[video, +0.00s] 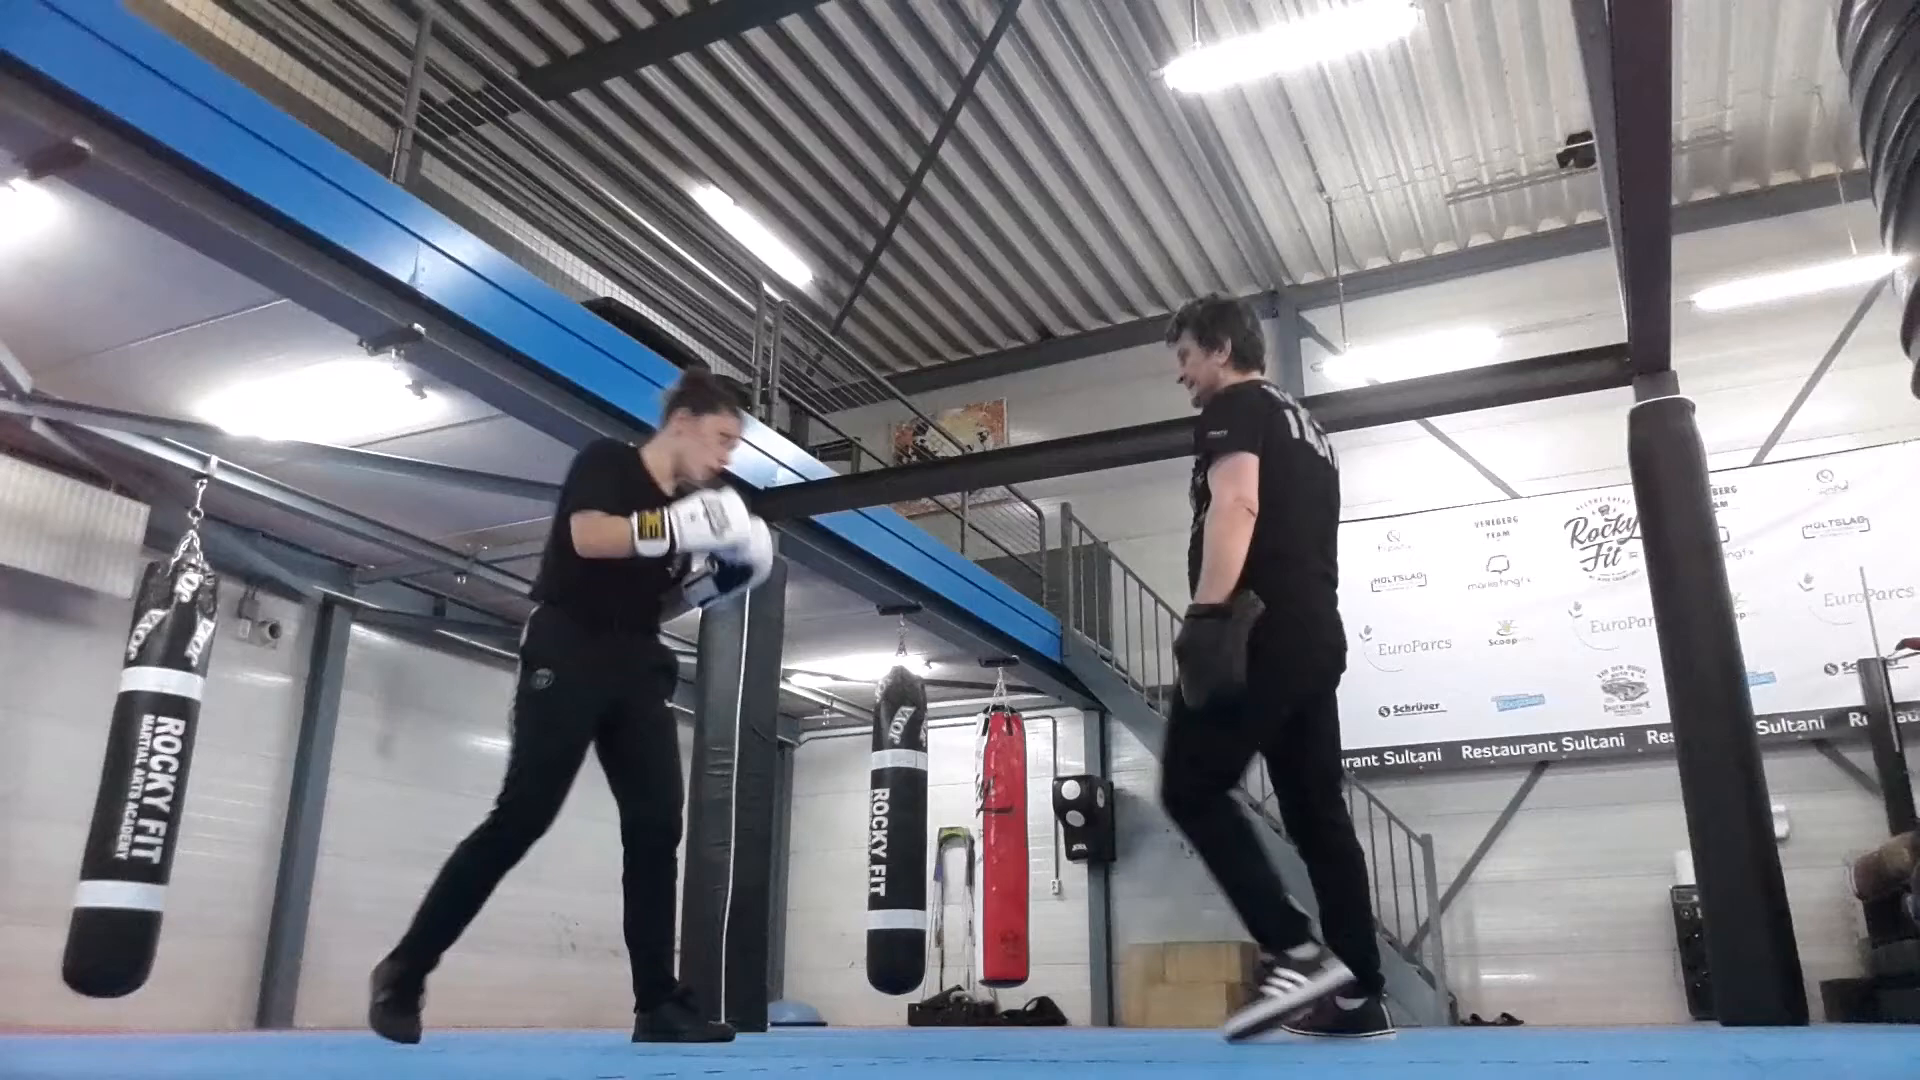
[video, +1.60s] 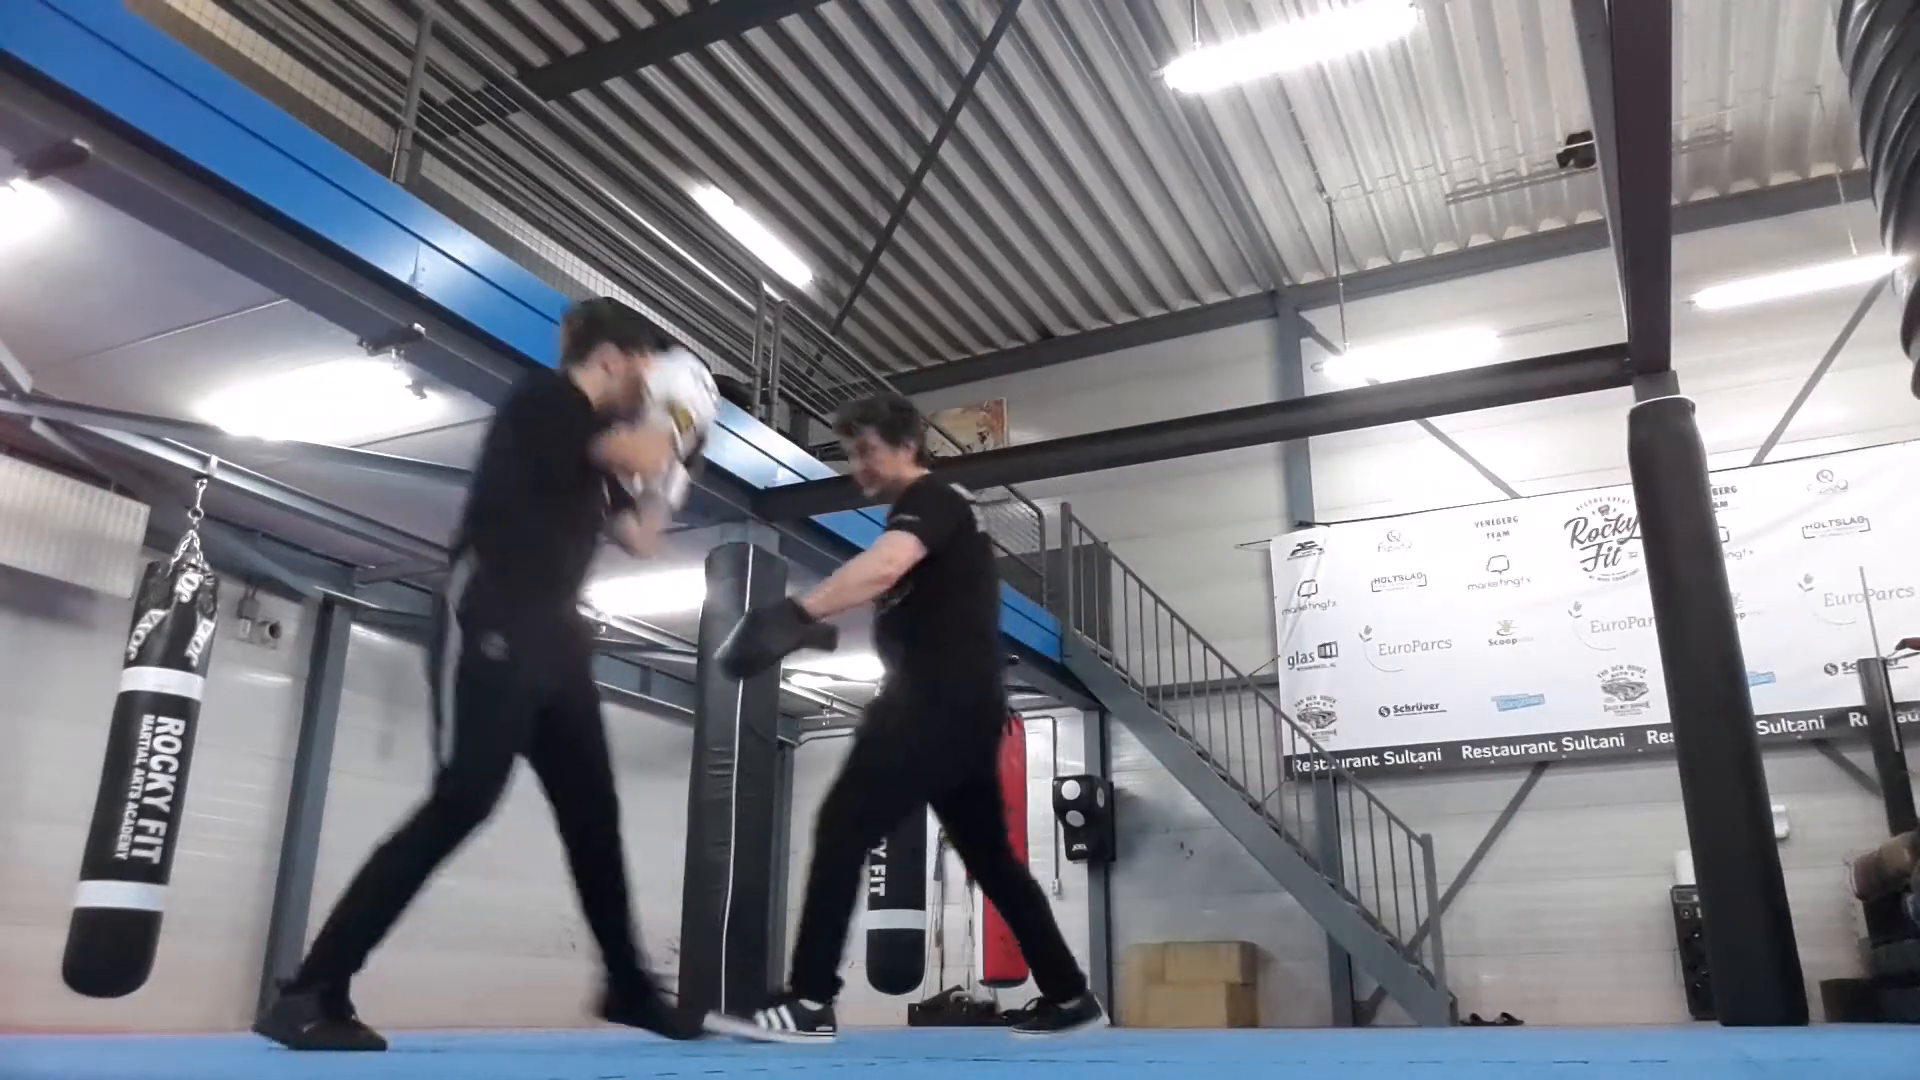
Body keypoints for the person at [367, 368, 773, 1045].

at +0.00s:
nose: (727, 458)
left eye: (733, 446)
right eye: (721, 440)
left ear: (712, 441)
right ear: (679, 423)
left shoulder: (686, 505)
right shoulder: (607, 462)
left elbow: (651, 605)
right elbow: (587, 534)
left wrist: (716, 580)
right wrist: (674, 525)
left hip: (637, 672)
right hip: (566, 659)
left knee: (655, 828)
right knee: (523, 817)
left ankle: (658, 1005)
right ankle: (404, 971)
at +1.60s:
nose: (643, 386)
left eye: (647, 375)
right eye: (640, 370)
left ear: (600, 362)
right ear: (606, 357)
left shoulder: (579, 431)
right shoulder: (547, 400)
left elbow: (635, 535)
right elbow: (630, 456)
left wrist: (661, 464)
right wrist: (674, 421)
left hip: (552, 626)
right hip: (500, 615)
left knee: (589, 810)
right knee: (465, 795)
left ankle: (629, 986)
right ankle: (314, 989)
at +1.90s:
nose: (568, 341)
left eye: (571, 326)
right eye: (565, 321)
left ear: (520, 307)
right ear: (521, 304)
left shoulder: (491, 392)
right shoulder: (450, 344)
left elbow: (481, 528)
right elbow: (494, 442)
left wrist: (586, 506)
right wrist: (567, 414)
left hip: (433, 604)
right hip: (387, 581)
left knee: (468, 812)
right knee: (320, 759)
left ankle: (357, 1002)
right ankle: (88, 946)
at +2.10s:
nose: (516, 319)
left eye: (519, 303)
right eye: (513, 298)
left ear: (467, 284)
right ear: (472, 277)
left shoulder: (426, 362)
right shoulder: (379, 298)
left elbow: (370, 482)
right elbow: (394, 395)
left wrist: (462, 498)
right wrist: (491, 385)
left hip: (350, 584)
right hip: (285, 557)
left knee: (390, 779)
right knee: (208, 750)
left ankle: (361, 985)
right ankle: (16, 970)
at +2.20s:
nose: (496, 269)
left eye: (501, 256)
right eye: (495, 248)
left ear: (462, 236)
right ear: (455, 220)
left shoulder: (420, 309)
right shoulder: (379, 229)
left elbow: (363, 433)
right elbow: (374, 305)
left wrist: (463, 440)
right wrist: (474, 322)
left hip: (324, 512)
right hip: (258, 476)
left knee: (362, 723)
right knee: (192, 698)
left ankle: (318, 960)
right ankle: (20, 956)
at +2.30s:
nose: (477, 241)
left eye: (482, 228)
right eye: (474, 218)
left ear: (432, 214)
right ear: (432, 190)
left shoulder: (397, 294)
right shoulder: (360, 198)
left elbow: (359, 434)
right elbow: (383, 278)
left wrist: (468, 411)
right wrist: (480, 287)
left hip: (296, 486)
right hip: (239, 441)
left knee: (346, 727)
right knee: (187, 681)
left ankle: (243, 959)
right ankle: (4, 935)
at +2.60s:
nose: (436, 255)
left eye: (442, 241)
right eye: (435, 231)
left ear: (389, 207)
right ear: (395, 194)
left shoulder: (335, 282)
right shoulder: (318, 194)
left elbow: (285, 424)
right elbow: (258, 270)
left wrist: (389, 413)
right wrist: (369, 334)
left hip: (214, 460)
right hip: (170, 424)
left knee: (213, 707)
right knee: (190, 685)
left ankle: (104, 958)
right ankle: (18, 923)